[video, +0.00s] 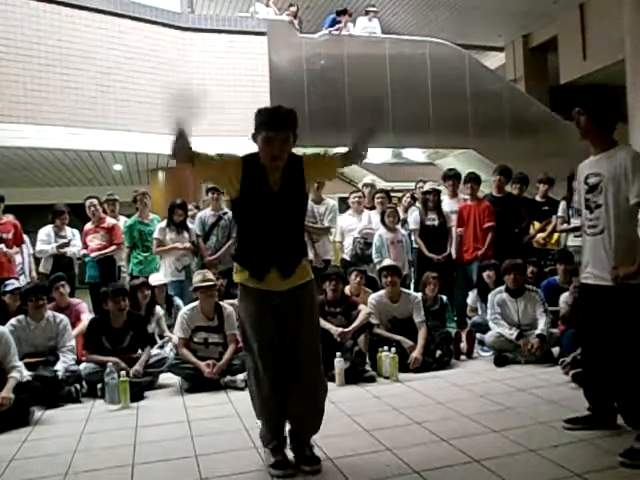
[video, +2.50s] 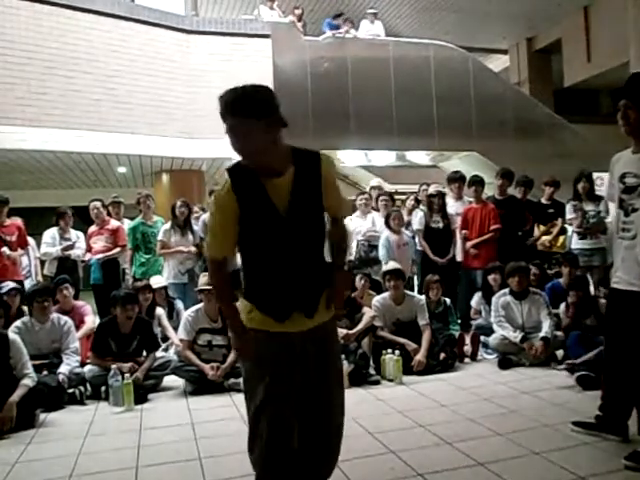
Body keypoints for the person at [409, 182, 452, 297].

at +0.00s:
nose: (432, 198)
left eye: (435, 194)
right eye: (428, 194)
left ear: (438, 197)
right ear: (424, 196)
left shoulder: (444, 214)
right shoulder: (418, 214)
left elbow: (449, 233)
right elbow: (416, 236)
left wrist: (447, 251)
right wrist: (428, 254)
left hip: (443, 257)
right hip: (425, 257)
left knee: (444, 288)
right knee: (424, 288)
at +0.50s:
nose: (432, 197)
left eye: (435, 194)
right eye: (429, 194)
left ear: (439, 197)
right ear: (424, 196)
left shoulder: (445, 214)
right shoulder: (418, 214)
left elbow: (450, 233)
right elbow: (416, 236)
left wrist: (448, 251)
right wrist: (428, 254)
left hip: (443, 257)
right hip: (425, 257)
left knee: (444, 289)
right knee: (424, 288)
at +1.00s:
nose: (436, 200)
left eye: (439, 197)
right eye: (433, 197)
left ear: (443, 199)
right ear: (429, 199)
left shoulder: (449, 217)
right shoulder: (423, 216)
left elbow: (454, 236)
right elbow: (420, 238)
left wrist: (453, 253)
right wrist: (433, 256)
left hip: (448, 259)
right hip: (430, 259)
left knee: (448, 292)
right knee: (429, 291)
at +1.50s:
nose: (436, 200)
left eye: (439, 197)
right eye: (433, 196)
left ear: (443, 200)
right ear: (428, 199)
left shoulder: (449, 217)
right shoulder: (423, 216)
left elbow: (454, 236)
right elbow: (420, 238)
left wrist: (453, 253)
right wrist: (432, 256)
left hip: (448, 259)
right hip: (430, 259)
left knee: (448, 292)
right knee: (428, 291)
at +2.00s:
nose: (437, 200)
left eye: (440, 197)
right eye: (434, 196)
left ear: (443, 199)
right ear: (429, 199)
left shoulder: (449, 216)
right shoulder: (423, 216)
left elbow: (454, 236)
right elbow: (421, 238)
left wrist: (452, 253)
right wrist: (433, 256)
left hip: (447, 258)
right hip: (429, 258)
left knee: (448, 291)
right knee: (429, 290)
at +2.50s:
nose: (437, 201)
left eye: (440, 197)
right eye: (433, 197)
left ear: (443, 200)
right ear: (429, 199)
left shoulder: (448, 217)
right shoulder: (423, 216)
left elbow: (453, 236)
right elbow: (420, 238)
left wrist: (450, 254)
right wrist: (433, 256)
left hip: (447, 259)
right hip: (429, 258)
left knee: (447, 291)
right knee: (428, 290)